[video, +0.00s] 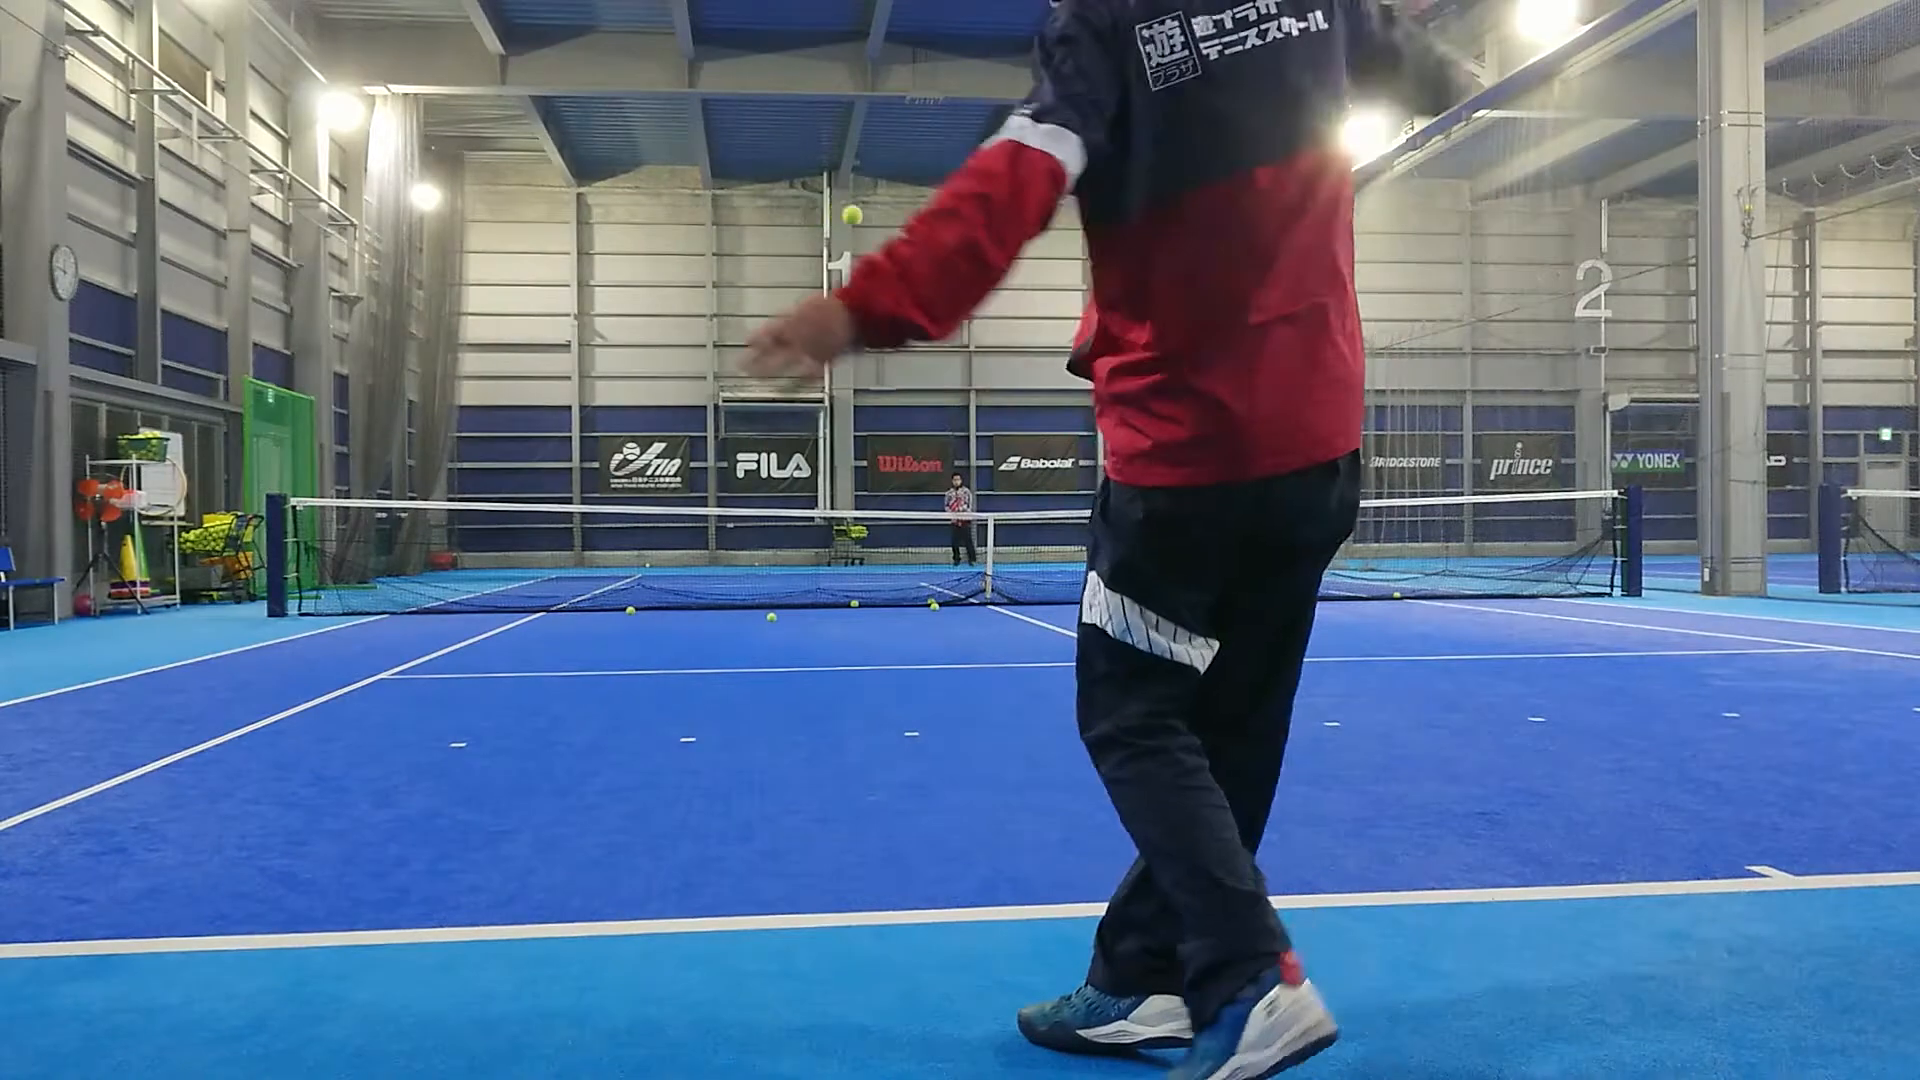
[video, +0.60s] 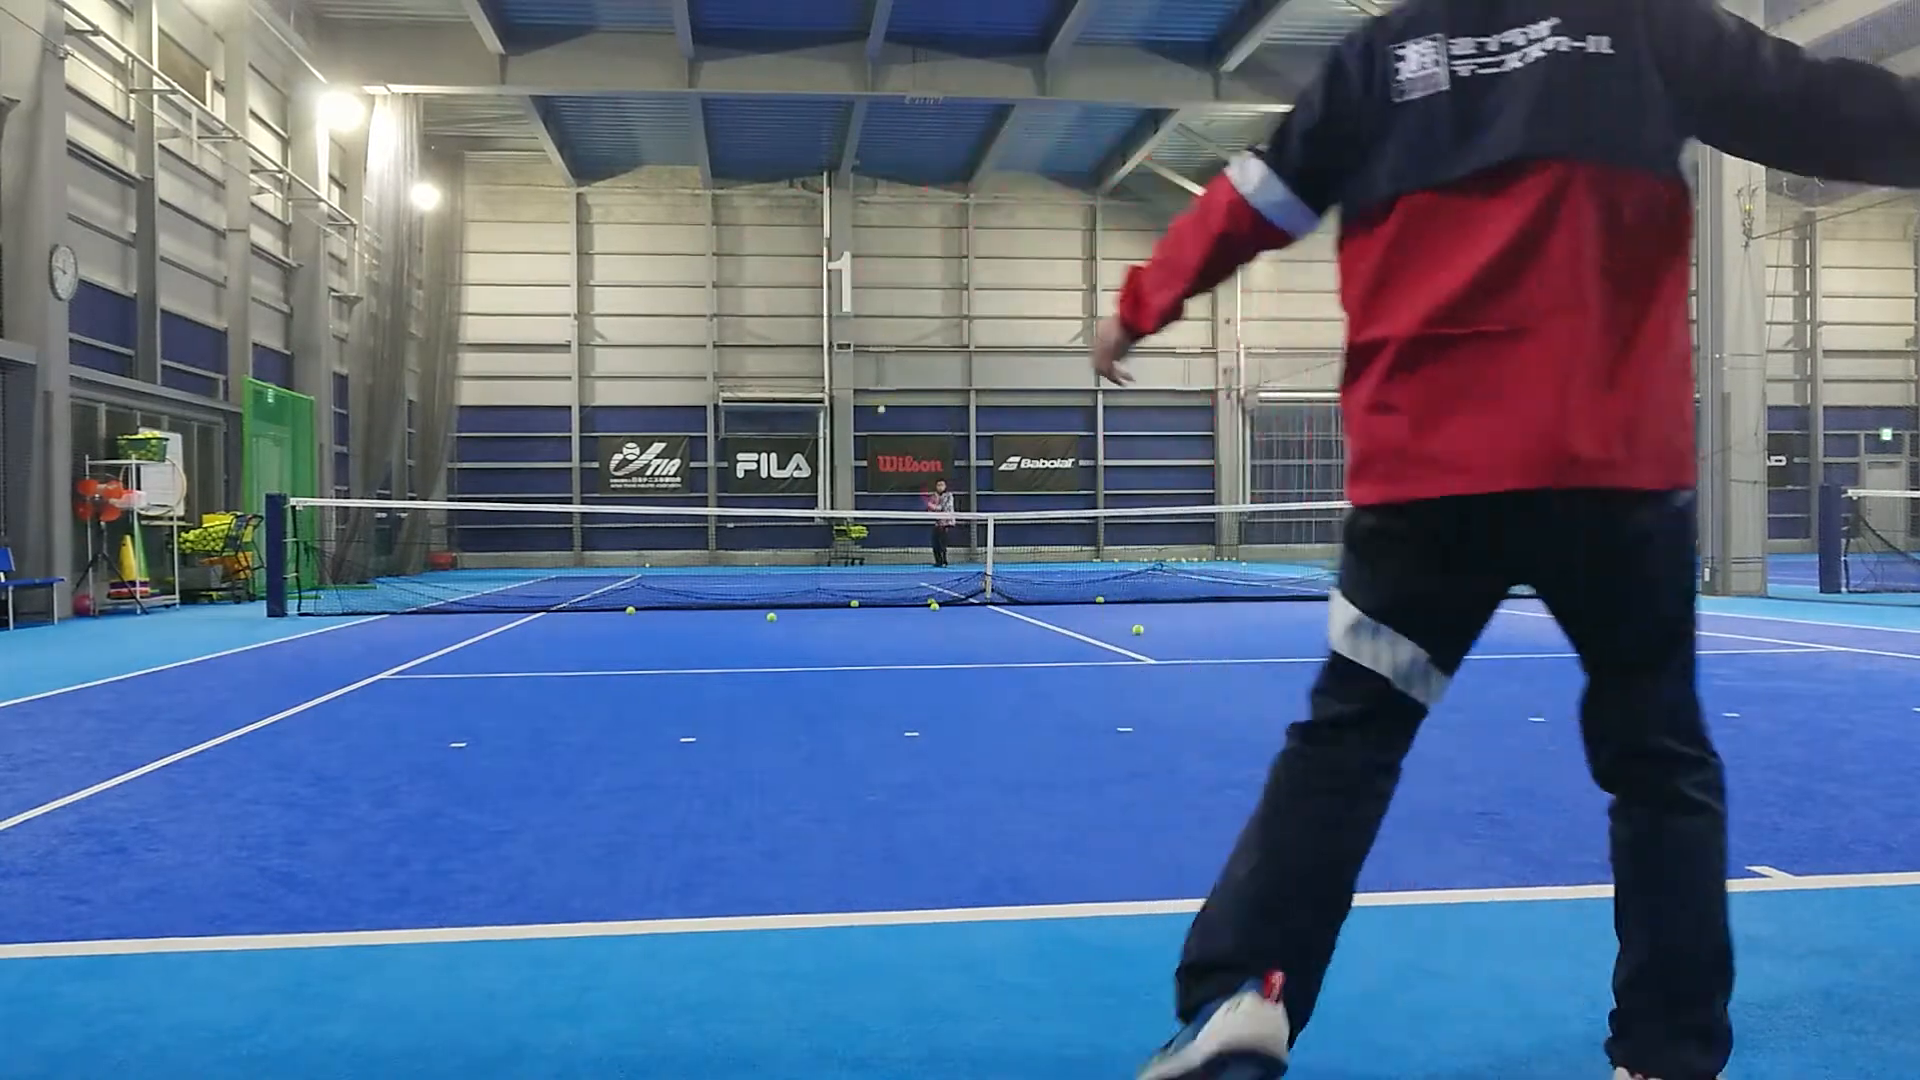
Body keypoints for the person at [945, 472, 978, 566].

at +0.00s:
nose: (957, 482)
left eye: (958, 479)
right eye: (955, 479)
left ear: (961, 481)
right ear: (952, 481)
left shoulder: (967, 492)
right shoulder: (948, 493)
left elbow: (970, 506)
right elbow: (946, 506)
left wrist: (964, 515)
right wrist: (952, 515)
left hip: (965, 520)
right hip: (954, 520)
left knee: (968, 541)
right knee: (954, 541)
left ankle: (972, 559)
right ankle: (956, 559)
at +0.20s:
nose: (952, 488)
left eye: (954, 486)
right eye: (951, 486)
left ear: (957, 487)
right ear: (948, 488)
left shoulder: (962, 498)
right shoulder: (946, 499)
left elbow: (965, 511)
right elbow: (945, 511)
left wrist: (966, 524)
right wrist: (948, 521)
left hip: (961, 525)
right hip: (950, 525)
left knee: (964, 545)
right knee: (945, 545)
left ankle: (969, 561)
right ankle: (944, 561)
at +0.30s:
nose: (949, 488)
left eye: (951, 486)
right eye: (947, 486)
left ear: (954, 487)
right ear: (945, 488)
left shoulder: (958, 498)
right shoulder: (942, 499)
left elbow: (960, 512)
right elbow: (940, 511)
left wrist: (954, 522)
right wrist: (946, 519)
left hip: (957, 526)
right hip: (946, 525)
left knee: (960, 546)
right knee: (942, 545)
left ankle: (969, 562)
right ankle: (941, 562)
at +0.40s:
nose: (945, 488)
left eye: (947, 486)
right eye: (943, 486)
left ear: (950, 487)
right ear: (941, 488)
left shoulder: (954, 498)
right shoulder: (939, 499)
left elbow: (955, 511)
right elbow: (937, 510)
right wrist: (941, 519)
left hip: (953, 525)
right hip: (942, 525)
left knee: (955, 545)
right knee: (939, 544)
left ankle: (965, 559)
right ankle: (940, 561)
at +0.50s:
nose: (942, 487)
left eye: (944, 485)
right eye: (940, 485)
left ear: (947, 487)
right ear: (938, 487)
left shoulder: (951, 497)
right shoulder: (936, 497)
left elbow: (948, 509)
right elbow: (931, 507)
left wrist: (936, 508)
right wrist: (940, 509)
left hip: (949, 523)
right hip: (939, 523)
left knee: (947, 544)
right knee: (937, 545)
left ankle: (954, 559)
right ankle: (940, 561)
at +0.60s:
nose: (940, 487)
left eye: (942, 485)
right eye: (938, 485)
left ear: (945, 486)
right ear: (936, 486)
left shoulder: (948, 496)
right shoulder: (934, 496)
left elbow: (945, 508)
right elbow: (930, 505)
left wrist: (932, 506)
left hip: (946, 522)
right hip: (937, 522)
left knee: (942, 542)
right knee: (935, 542)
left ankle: (943, 560)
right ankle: (938, 560)